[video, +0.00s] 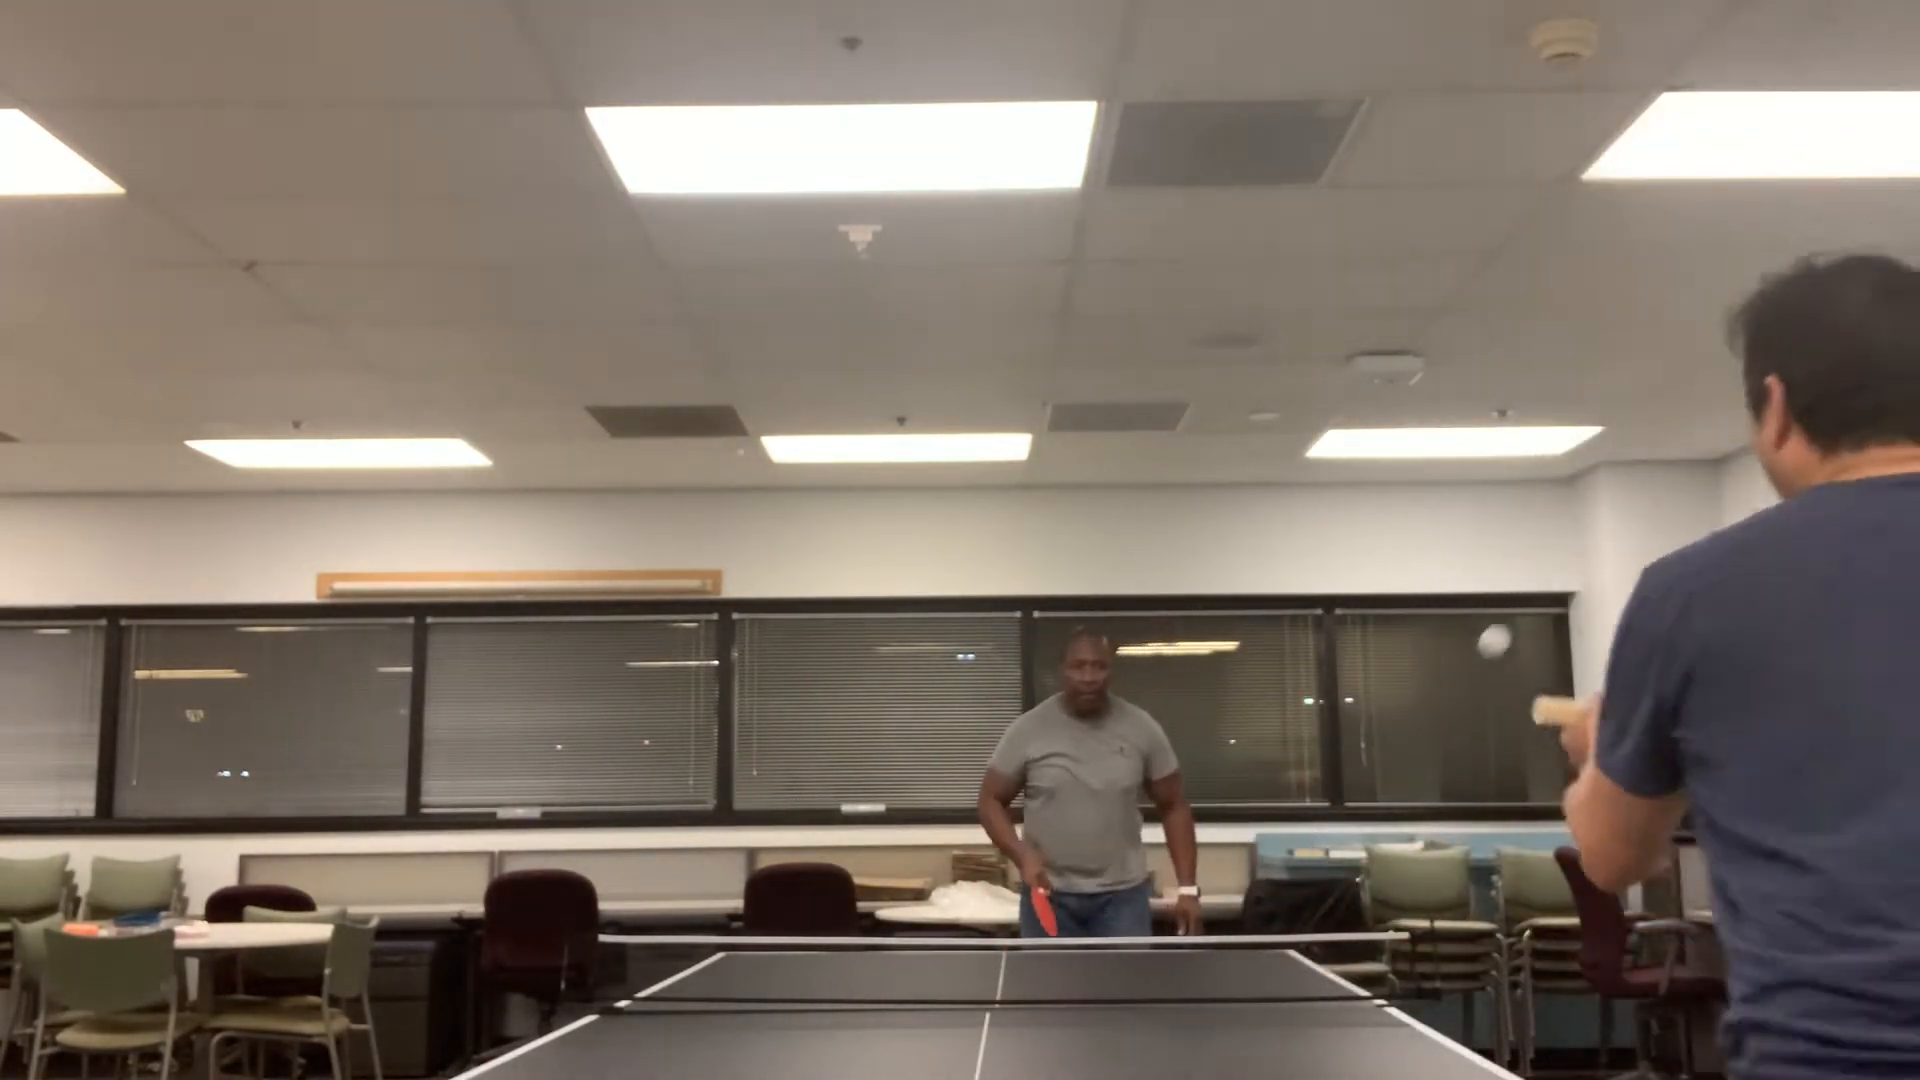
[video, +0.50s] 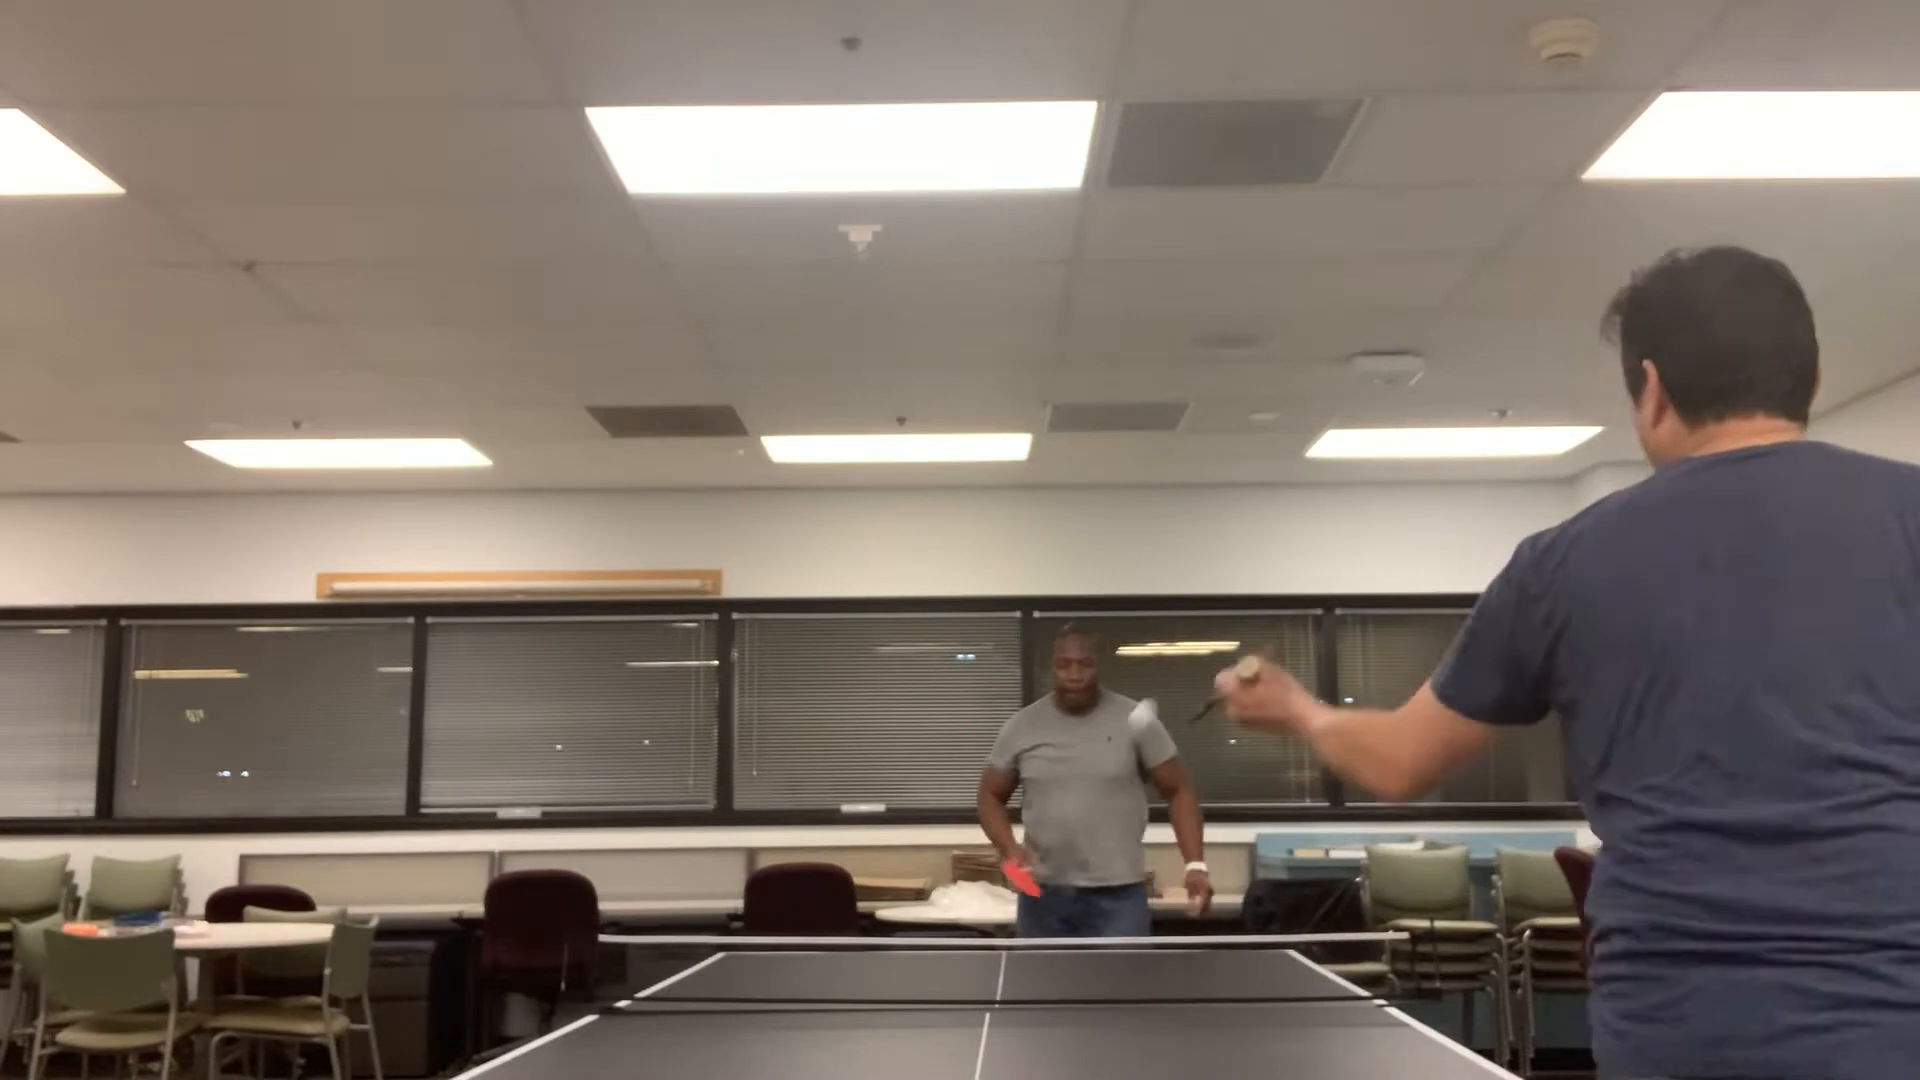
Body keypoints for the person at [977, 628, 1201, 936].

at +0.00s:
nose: (1089, 677)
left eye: (1099, 667)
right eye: (1079, 667)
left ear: (1110, 671)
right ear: (1062, 671)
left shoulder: (1141, 729)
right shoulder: (1028, 729)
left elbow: (1174, 806)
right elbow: (989, 802)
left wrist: (1187, 890)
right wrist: (1022, 856)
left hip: (1123, 896)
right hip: (1049, 897)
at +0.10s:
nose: (1091, 676)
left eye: (1101, 666)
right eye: (1080, 665)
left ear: (1112, 671)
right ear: (1063, 670)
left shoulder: (1143, 729)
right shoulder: (1029, 729)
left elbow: (1177, 807)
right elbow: (995, 802)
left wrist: (1191, 890)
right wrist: (1028, 857)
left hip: (1125, 897)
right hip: (1051, 897)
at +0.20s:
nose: (1093, 674)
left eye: (1102, 663)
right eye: (1082, 663)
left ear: (1113, 669)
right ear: (1065, 669)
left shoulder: (1146, 728)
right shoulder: (1031, 728)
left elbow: (1185, 804)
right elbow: (998, 801)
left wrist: (1194, 888)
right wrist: (1032, 856)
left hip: (1128, 897)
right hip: (1053, 897)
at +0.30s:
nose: (1092, 670)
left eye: (1101, 659)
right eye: (1081, 660)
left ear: (1112, 665)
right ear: (1065, 666)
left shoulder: (1148, 723)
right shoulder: (1032, 725)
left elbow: (1190, 798)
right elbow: (999, 798)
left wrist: (1197, 880)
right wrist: (1028, 850)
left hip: (1129, 894)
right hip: (1055, 894)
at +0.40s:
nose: (1085, 669)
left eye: (1096, 658)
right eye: (1075, 659)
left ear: (1109, 662)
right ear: (1060, 664)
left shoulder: (1143, 719)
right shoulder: (1029, 724)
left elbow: (1189, 791)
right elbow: (996, 796)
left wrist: (1198, 870)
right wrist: (1023, 851)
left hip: (1126, 894)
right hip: (1051, 894)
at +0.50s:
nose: (1074, 676)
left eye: (1084, 665)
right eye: (1064, 665)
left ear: (1098, 667)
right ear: (1052, 669)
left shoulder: (1134, 721)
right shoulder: (1023, 726)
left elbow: (1179, 790)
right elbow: (989, 796)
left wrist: (1195, 865)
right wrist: (1011, 850)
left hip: (1118, 897)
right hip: (1044, 897)